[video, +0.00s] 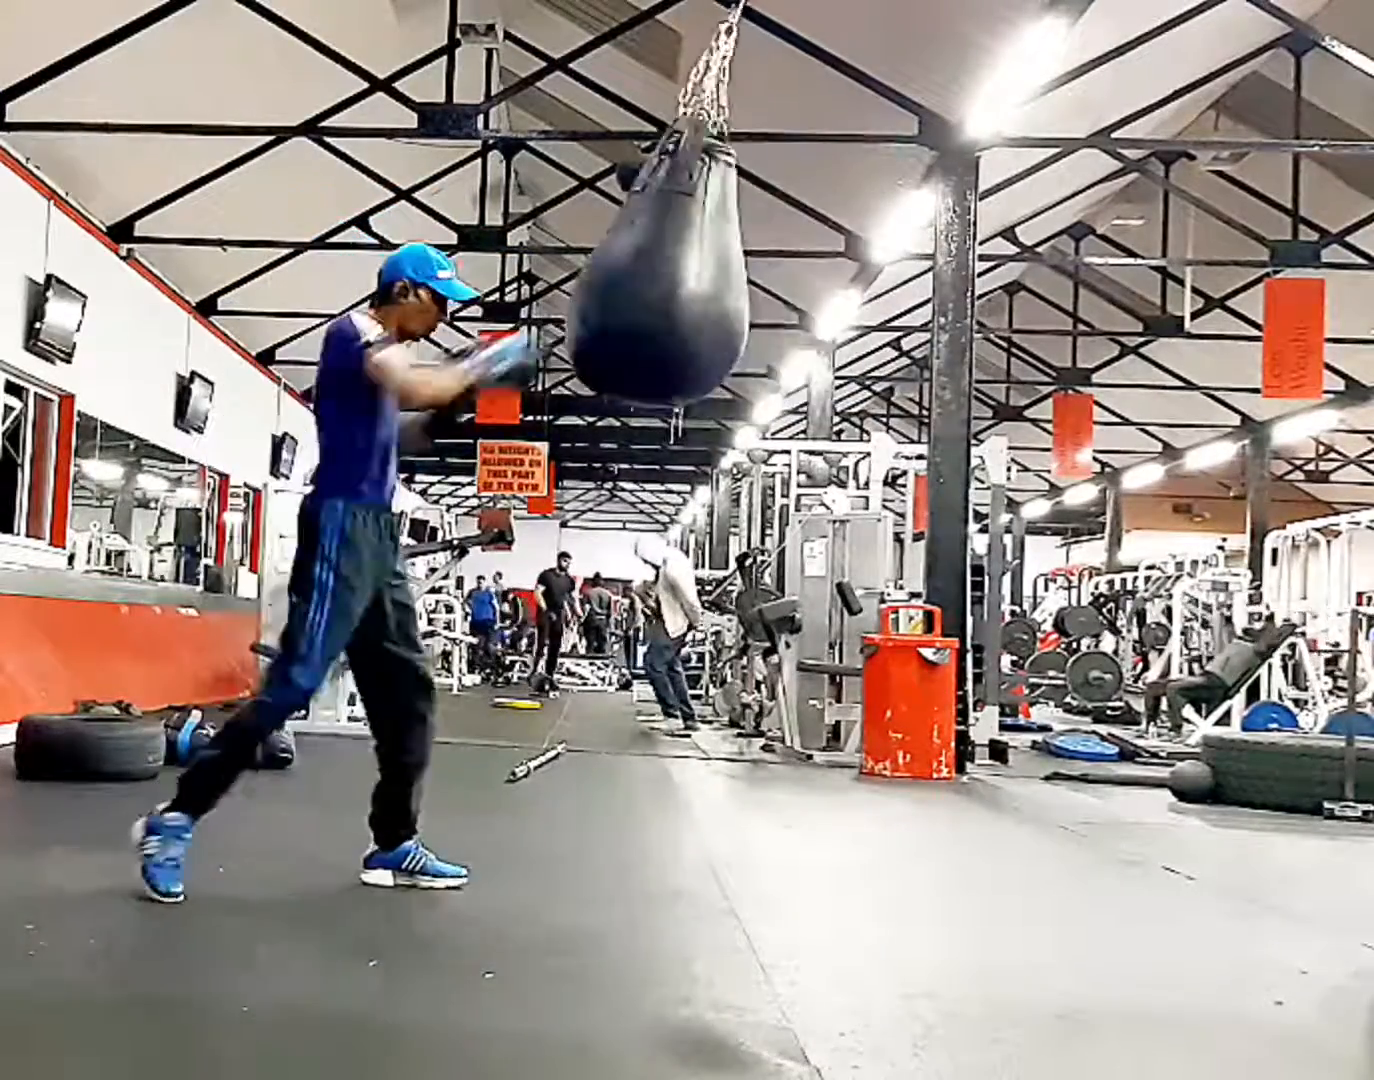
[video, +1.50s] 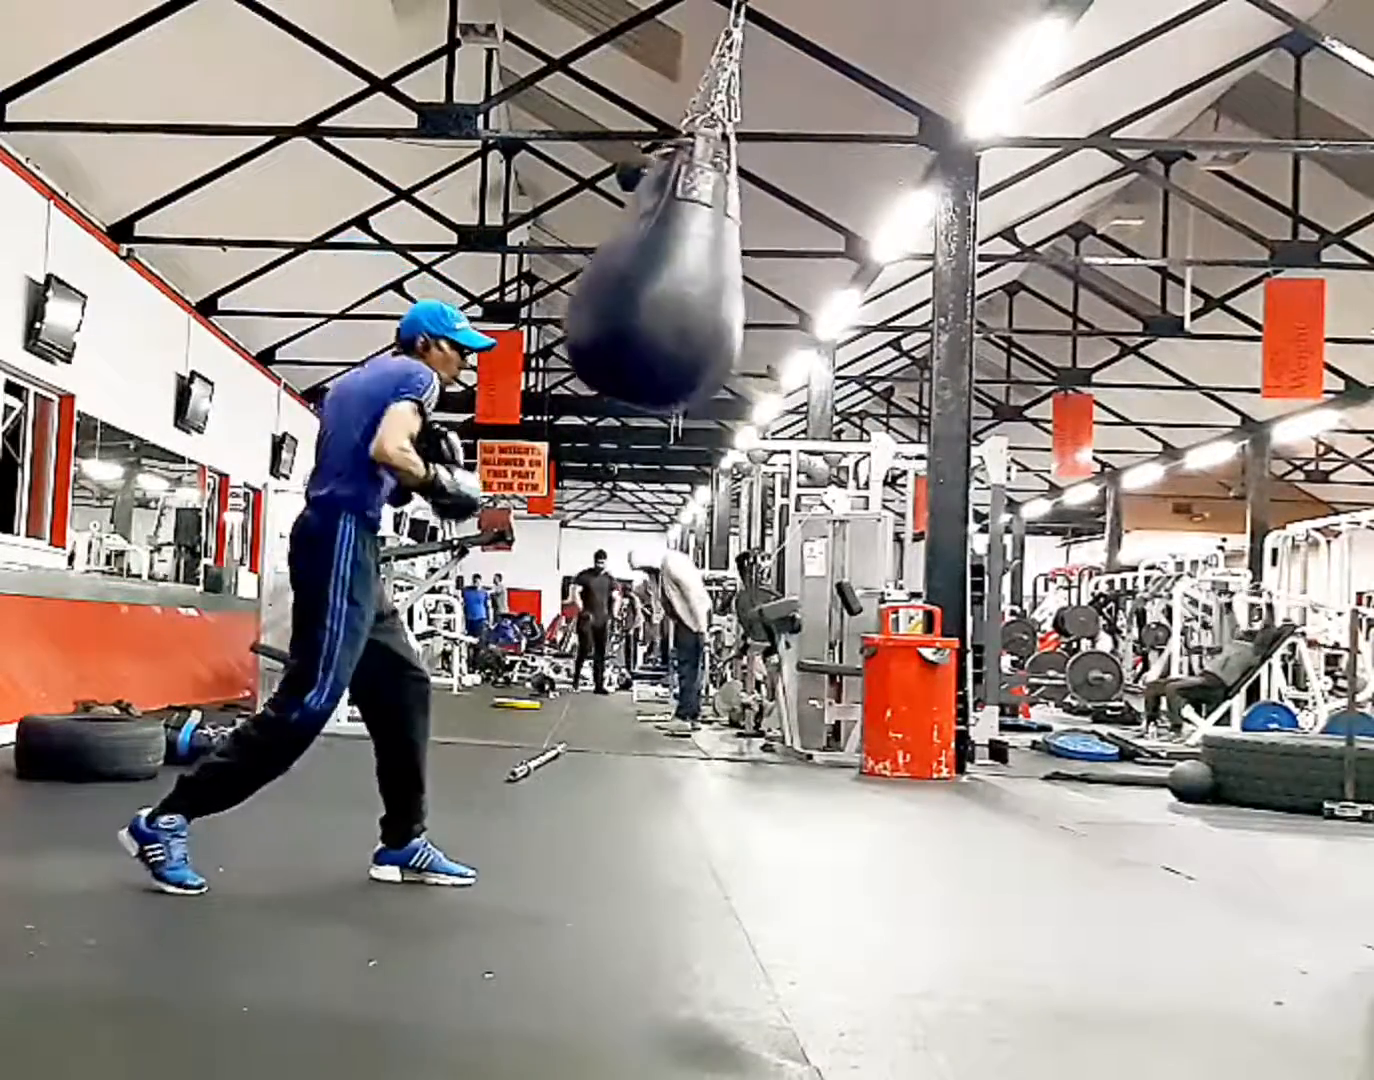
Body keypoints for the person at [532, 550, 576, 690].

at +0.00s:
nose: (566, 564)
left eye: (568, 562)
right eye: (563, 561)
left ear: (570, 563)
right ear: (558, 561)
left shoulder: (570, 580)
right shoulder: (547, 575)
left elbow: (572, 598)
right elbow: (537, 591)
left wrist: (578, 612)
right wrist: (544, 608)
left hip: (559, 613)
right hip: (545, 611)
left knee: (555, 646)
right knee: (542, 643)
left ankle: (550, 674)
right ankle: (534, 671)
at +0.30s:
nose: (568, 564)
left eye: (570, 561)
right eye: (565, 561)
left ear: (572, 563)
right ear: (560, 561)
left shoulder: (573, 579)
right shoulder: (551, 576)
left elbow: (576, 595)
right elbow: (542, 592)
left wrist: (578, 609)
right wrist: (548, 610)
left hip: (566, 613)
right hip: (554, 612)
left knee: (561, 644)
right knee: (556, 645)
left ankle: (551, 671)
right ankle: (557, 676)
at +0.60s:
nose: (570, 564)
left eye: (572, 562)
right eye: (568, 562)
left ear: (574, 562)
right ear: (562, 562)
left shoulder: (577, 577)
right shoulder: (554, 577)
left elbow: (581, 594)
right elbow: (549, 596)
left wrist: (582, 609)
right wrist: (558, 613)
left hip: (574, 616)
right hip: (561, 615)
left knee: (573, 648)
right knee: (562, 648)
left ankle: (560, 671)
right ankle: (562, 679)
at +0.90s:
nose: (575, 565)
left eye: (576, 562)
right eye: (572, 562)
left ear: (579, 562)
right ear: (567, 562)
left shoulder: (582, 576)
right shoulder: (559, 577)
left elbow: (587, 592)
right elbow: (555, 596)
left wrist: (592, 606)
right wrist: (564, 611)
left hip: (580, 614)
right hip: (566, 614)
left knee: (584, 644)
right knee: (564, 648)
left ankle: (581, 678)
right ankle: (562, 679)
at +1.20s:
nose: (586, 566)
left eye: (588, 564)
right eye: (584, 563)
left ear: (591, 564)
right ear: (580, 563)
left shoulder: (595, 578)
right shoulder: (570, 578)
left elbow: (600, 598)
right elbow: (562, 597)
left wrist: (602, 615)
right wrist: (567, 615)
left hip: (590, 620)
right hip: (574, 620)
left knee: (593, 654)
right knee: (569, 653)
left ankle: (597, 683)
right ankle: (564, 682)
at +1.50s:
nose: (600, 564)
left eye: (603, 562)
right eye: (598, 561)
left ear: (606, 562)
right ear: (594, 561)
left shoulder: (609, 579)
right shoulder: (584, 576)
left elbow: (617, 596)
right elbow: (574, 592)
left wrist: (614, 613)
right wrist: (580, 608)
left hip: (603, 617)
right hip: (587, 616)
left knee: (600, 653)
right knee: (585, 649)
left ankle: (599, 684)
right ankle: (576, 681)